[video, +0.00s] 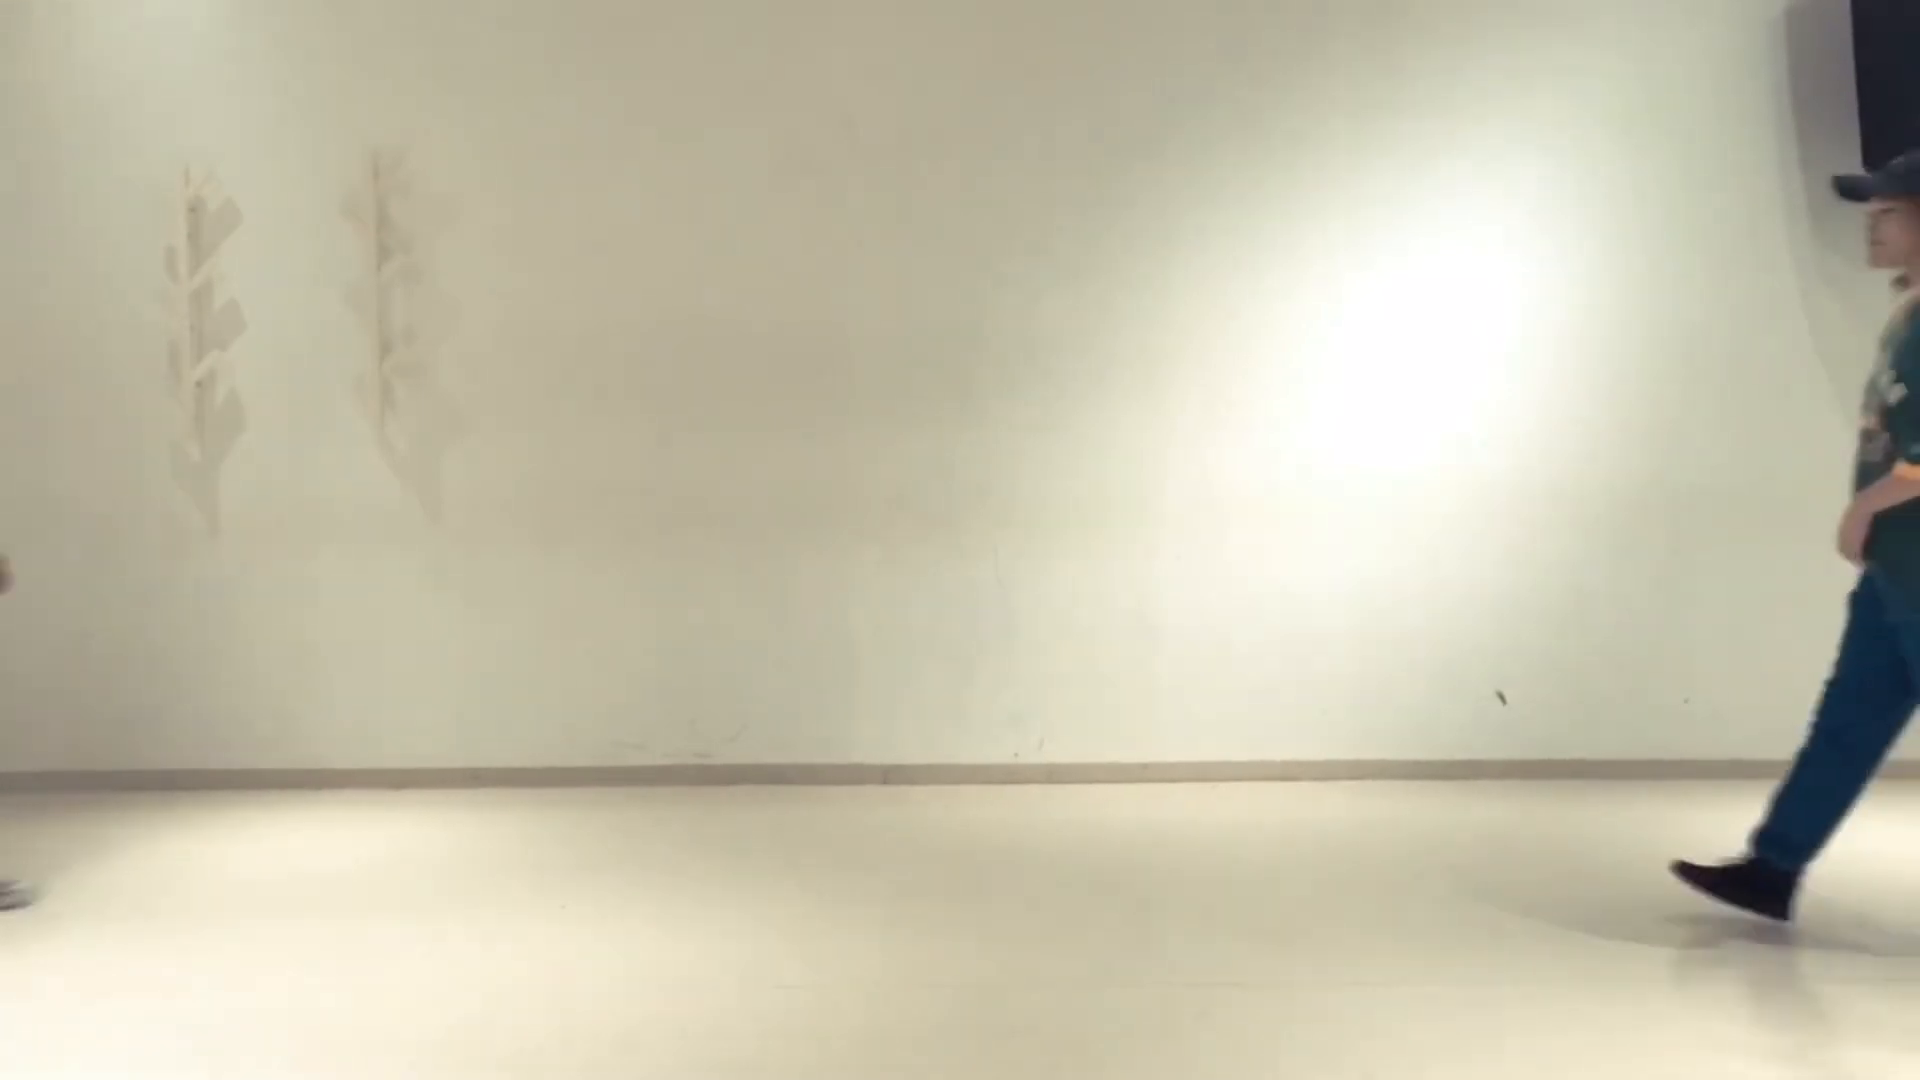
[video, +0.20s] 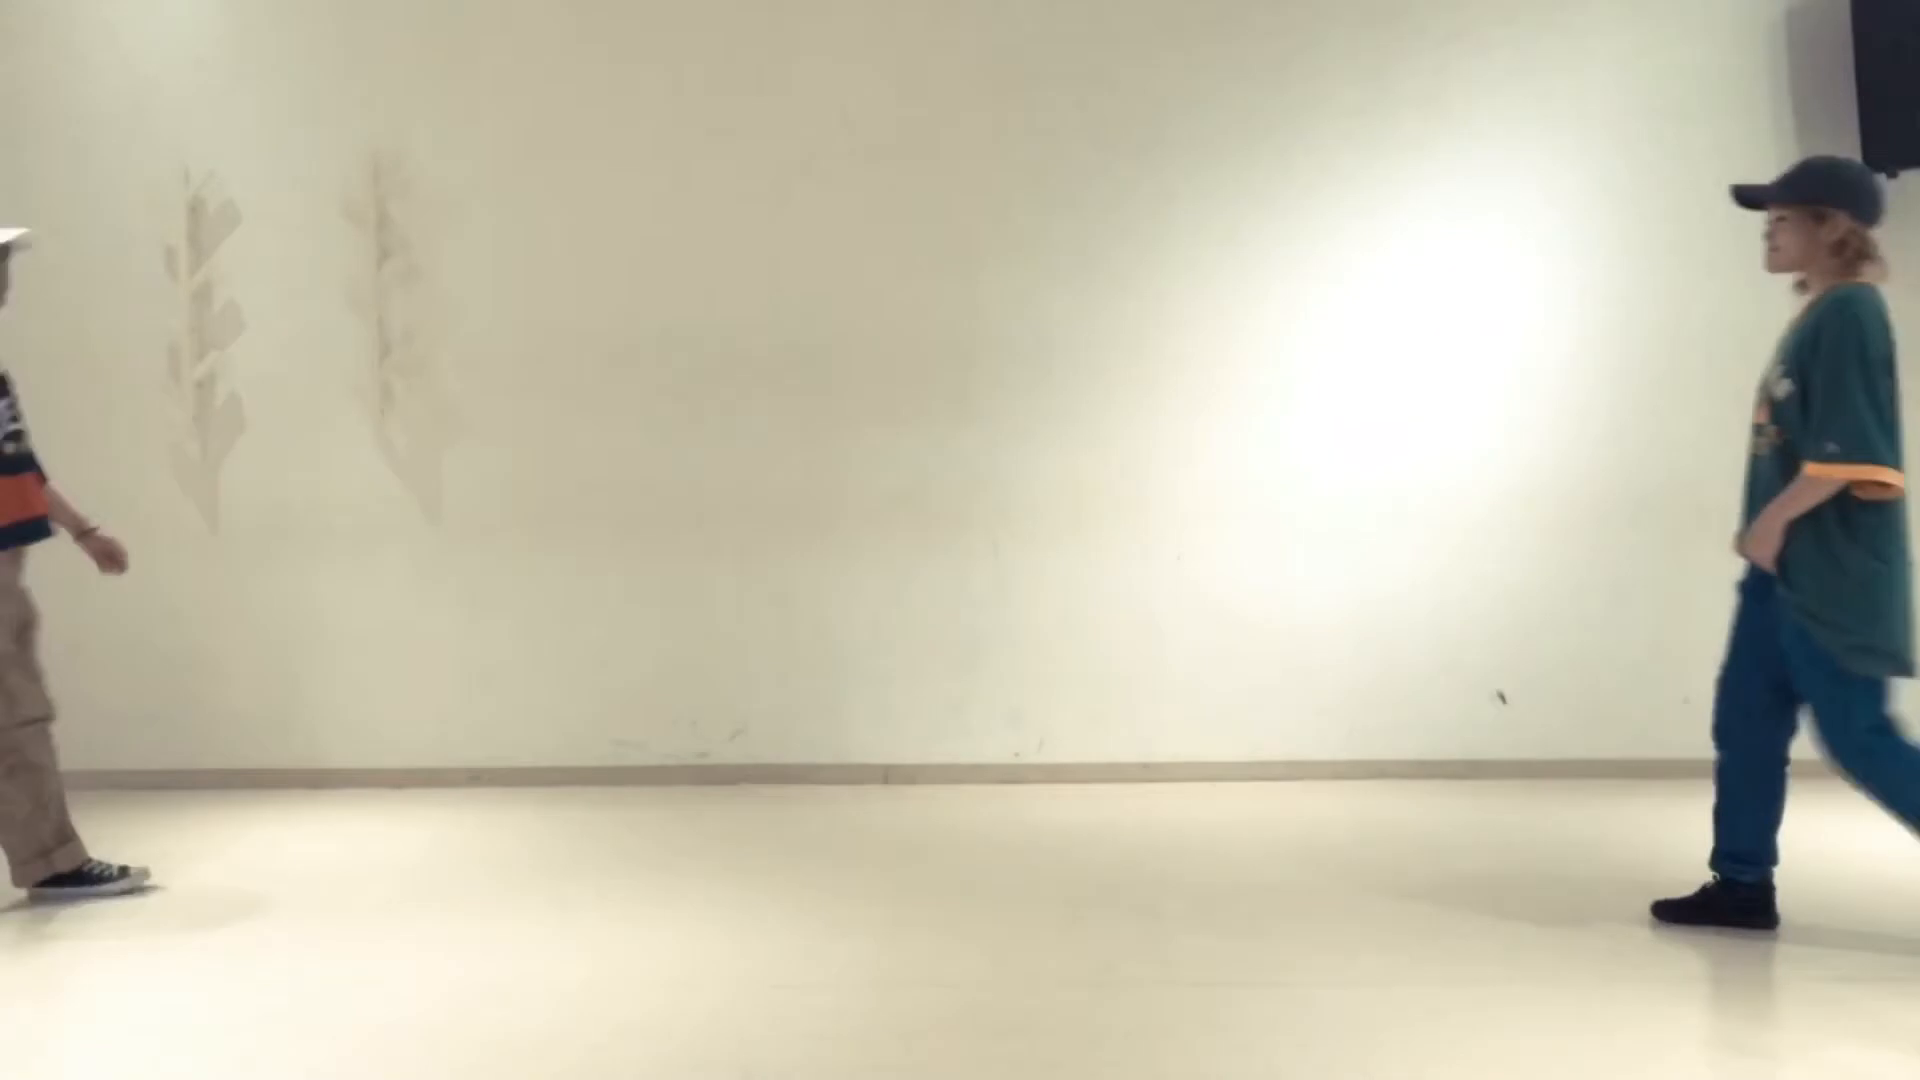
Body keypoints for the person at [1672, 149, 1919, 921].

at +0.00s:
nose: (1872, 232)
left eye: (1887, 219)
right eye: (1872, 218)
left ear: (1919, 225)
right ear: (1888, 227)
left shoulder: (1913, 319)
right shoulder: (1904, 317)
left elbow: (1913, 451)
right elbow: (1897, 434)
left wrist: (1871, 502)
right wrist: (1871, 504)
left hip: (1907, 559)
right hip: (1894, 557)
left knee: (1859, 718)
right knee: (1853, 721)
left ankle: (1775, 865)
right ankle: (1773, 866)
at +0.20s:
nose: (1766, 229)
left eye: (1781, 219)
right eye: (1769, 218)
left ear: (1831, 228)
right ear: (1820, 230)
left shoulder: (1850, 312)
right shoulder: (1822, 310)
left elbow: (1846, 449)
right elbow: (1829, 447)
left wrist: (1774, 518)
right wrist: (1774, 520)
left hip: (1833, 572)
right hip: (1786, 566)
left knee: (1859, 738)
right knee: (1747, 724)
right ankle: (1741, 886)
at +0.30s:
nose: (1724, 232)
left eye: (1739, 220)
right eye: (1726, 220)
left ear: (1789, 228)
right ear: (1775, 231)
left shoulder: (1810, 308)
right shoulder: (1773, 310)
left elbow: (1797, 444)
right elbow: (1774, 438)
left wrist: (1727, 508)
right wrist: (1719, 508)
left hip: (1783, 561)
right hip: (1739, 553)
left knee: (1747, 727)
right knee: (1722, 721)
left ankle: (1909, 849)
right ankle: (1739, 887)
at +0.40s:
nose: (1684, 231)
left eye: (1698, 219)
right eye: (1685, 219)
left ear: (1748, 226)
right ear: (1733, 229)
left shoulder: (1776, 308)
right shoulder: (1728, 311)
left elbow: (1763, 440)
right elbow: (1714, 436)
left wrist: (1689, 502)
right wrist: (1668, 510)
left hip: (1746, 548)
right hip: (1712, 544)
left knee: (1672, 705)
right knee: (1719, 708)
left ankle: (1799, 848)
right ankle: (1739, 882)